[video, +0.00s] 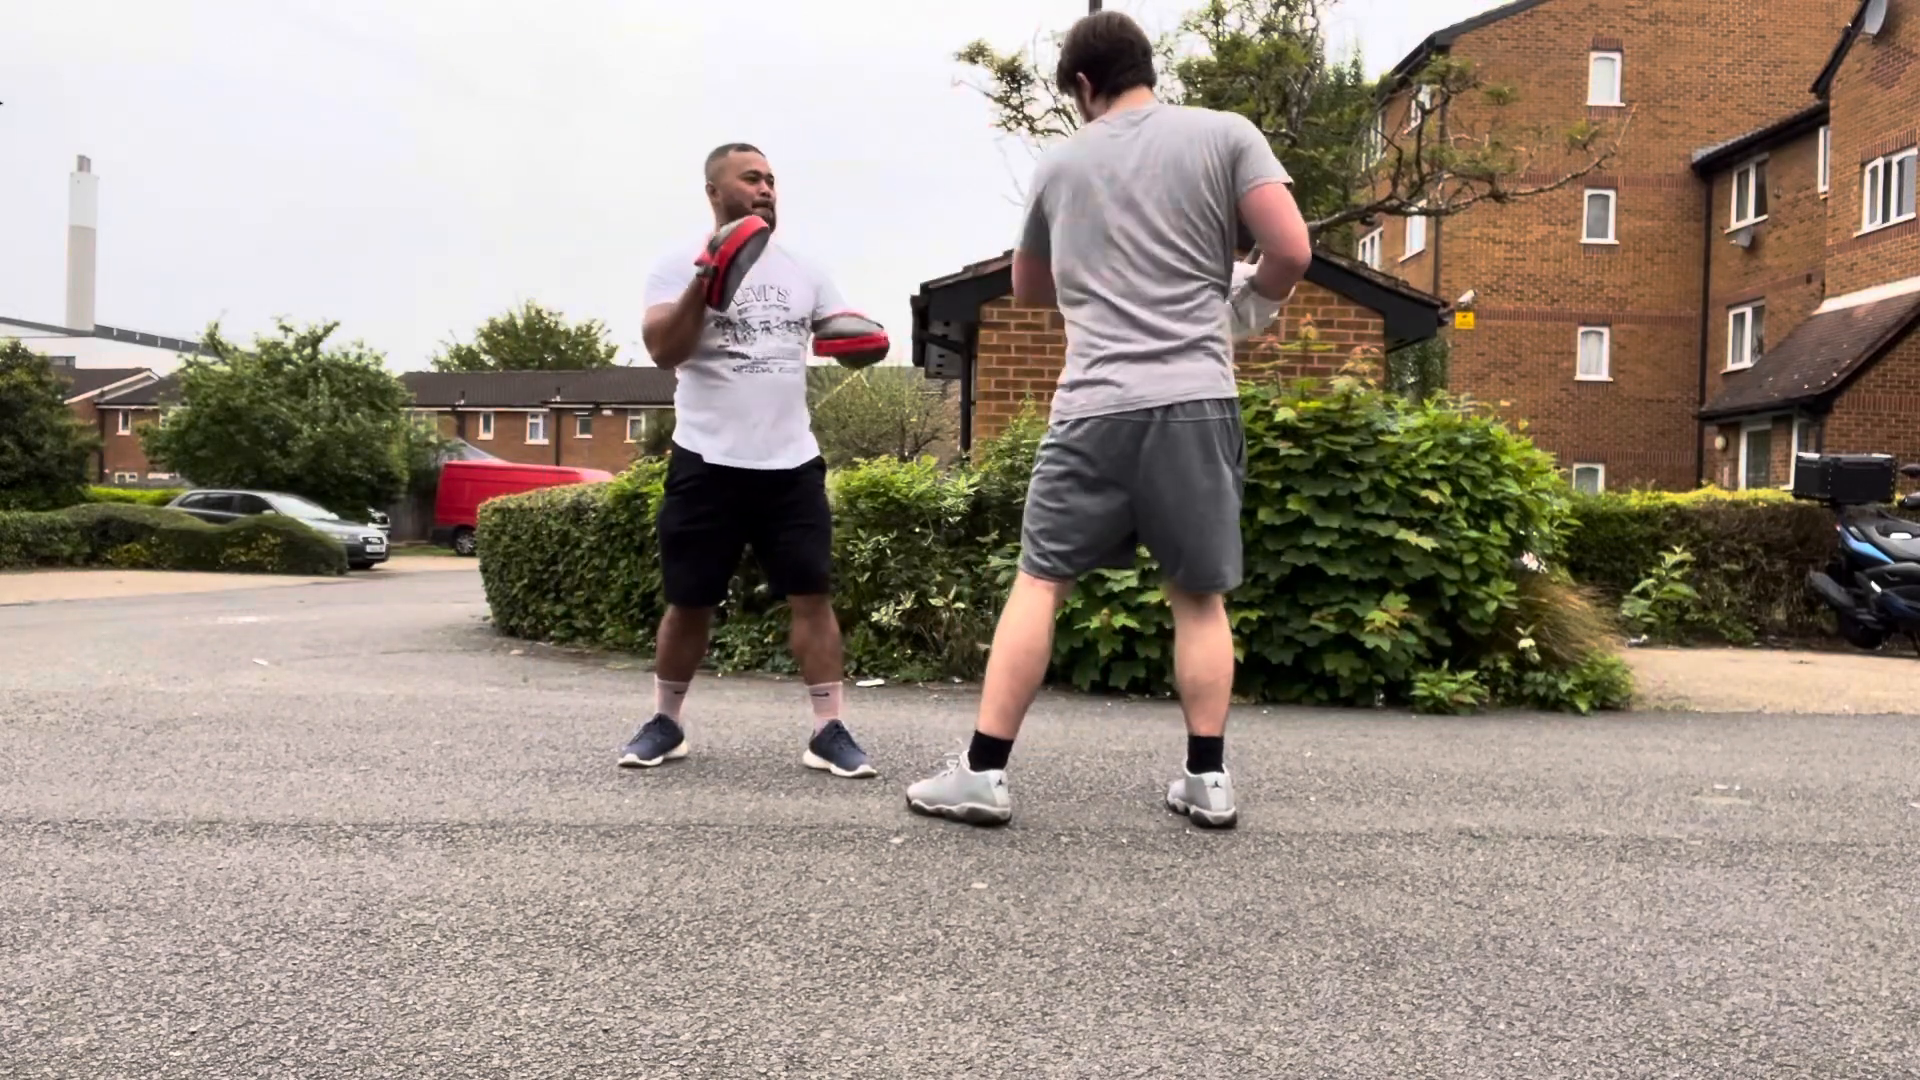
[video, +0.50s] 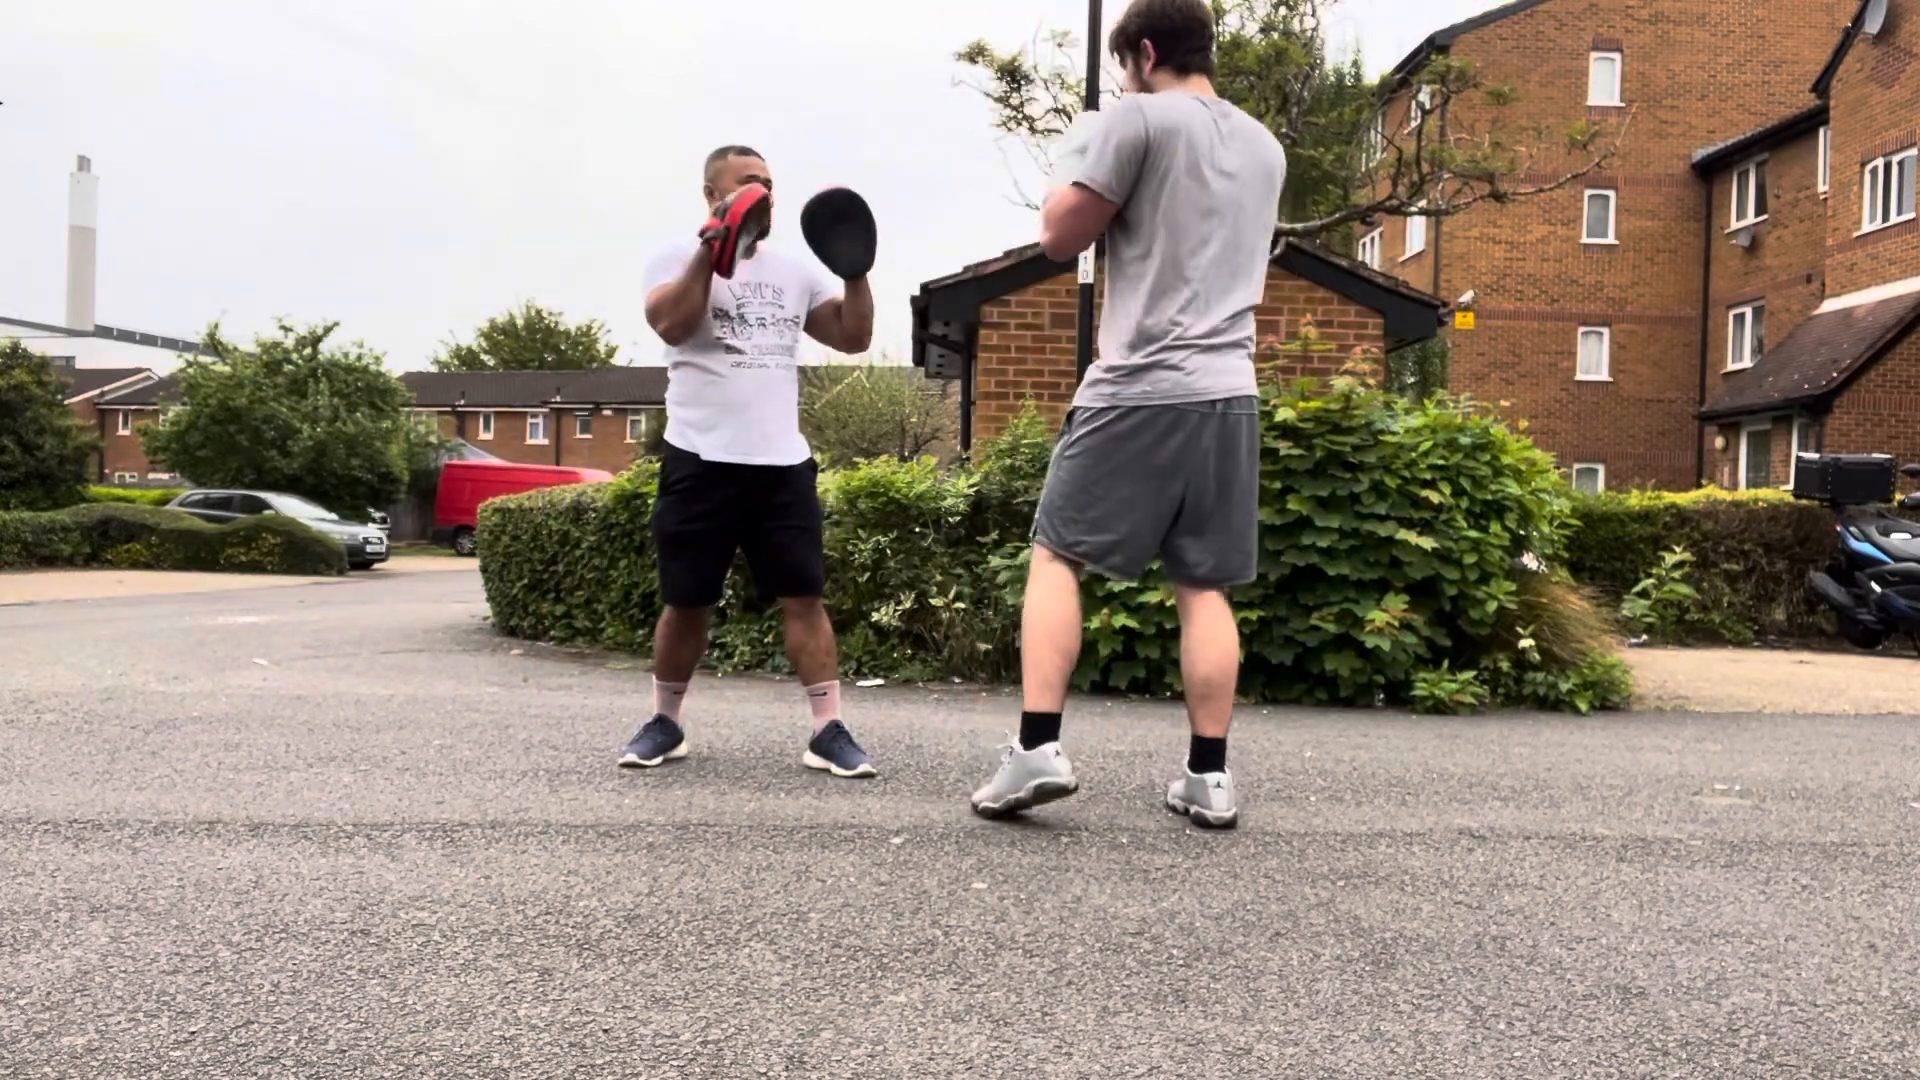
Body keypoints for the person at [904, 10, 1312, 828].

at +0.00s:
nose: (1073, 104)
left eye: (1069, 93)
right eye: (1073, 94)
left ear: (1082, 86)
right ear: (1149, 73)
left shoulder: (1060, 165)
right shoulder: (1225, 133)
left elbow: (1030, 289)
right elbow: (1290, 249)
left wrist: (1110, 271)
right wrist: (1257, 294)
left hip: (1091, 407)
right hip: (1196, 404)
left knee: (1039, 580)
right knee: (1199, 597)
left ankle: (983, 771)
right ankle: (1208, 780)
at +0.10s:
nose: (1090, 101)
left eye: (1087, 91)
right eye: (1091, 91)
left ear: (1102, 85)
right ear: (1172, 74)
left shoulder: (1072, 162)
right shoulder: (1243, 136)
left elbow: (1045, 296)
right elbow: (1288, 259)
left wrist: (1117, 281)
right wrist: (1249, 287)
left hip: (1102, 406)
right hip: (1207, 405)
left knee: (1049, 580)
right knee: (1203, 599)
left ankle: (984, 768)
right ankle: (1207, 781)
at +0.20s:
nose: (1107, 92)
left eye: (1106, 81)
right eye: (1106, 81)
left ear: (1125, 72)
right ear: (1194, 64)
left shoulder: (1096, 146)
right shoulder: (1269, 140)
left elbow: (1050, 280)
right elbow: (1304, 266)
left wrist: (1117, 260)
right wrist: (1231, 266)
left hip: (1122, 396)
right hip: (1223, 398)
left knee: (1058, 572)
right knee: (1206, 592)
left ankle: (991, 757)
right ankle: (1209, 779)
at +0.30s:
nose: (1115, 87)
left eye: (1115, 74)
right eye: (1114, 76)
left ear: (1137, 64)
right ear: (1203, 60)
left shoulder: (1115, 133)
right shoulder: (1273, 142)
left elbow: (1054, 260)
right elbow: (1290, 276)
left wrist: (1097, 219)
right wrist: (1218, 247)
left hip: (1129, 393)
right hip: (1230, 397)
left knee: (1060, 565)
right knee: (1206, 586)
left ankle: (1010, 758)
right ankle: (1209, 778)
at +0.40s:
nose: (1122, 84)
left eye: (1122, 71)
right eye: (1119, 73)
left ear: (1145, 57)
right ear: (1210, 57)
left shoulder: (1129, 125)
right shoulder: (1271, 145)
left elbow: (1059, 249)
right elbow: (1266, 257)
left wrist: (1070, 197)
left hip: (1132, 395)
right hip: (1230, 400)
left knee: (1059, 559)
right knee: (1204, 582)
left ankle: (1037, 753)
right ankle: (1210, 779)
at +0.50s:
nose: (1122, 84)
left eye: (1122, 70)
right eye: (1120, 72)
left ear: (1146, 55)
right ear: (1209, 57)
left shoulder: (1131, 119)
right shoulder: (1266, 145)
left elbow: (1061, 239)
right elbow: (1240, 247)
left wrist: (1071, 187)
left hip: (1132, 394)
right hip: (1229, 399)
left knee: (1055, 556)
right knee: (1204, 583)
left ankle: (1037, 749)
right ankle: (1210, 779)